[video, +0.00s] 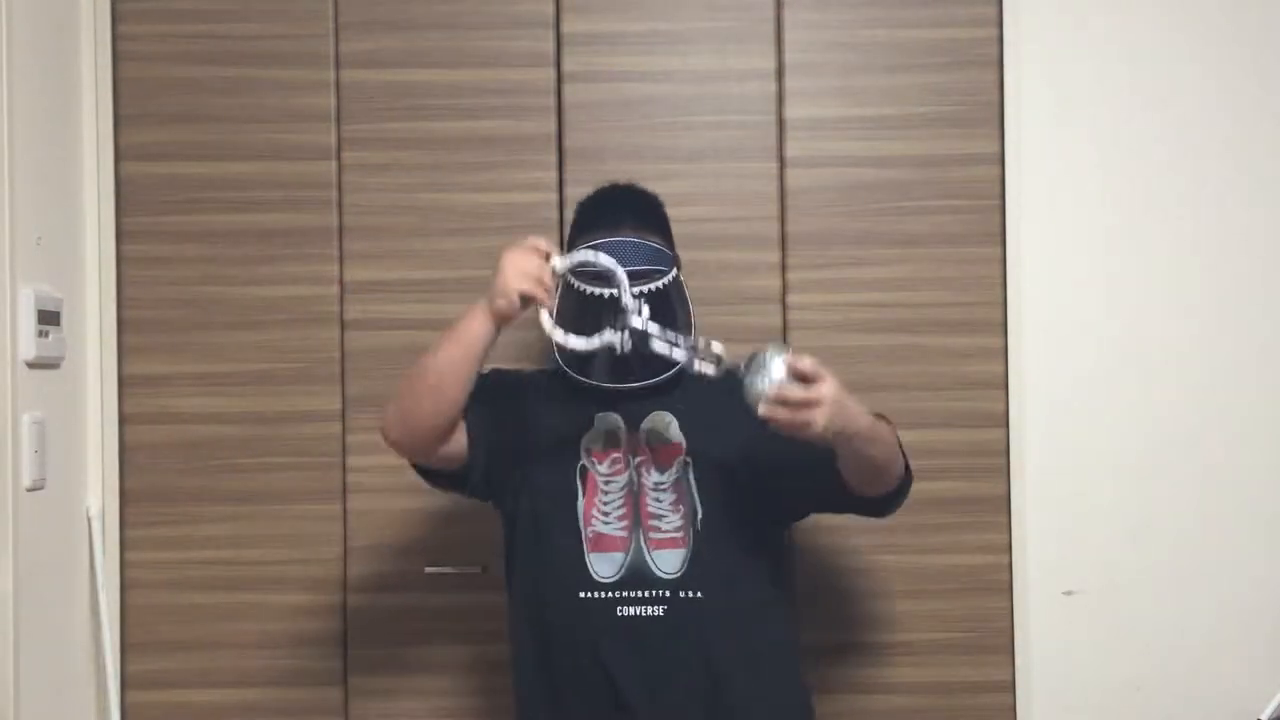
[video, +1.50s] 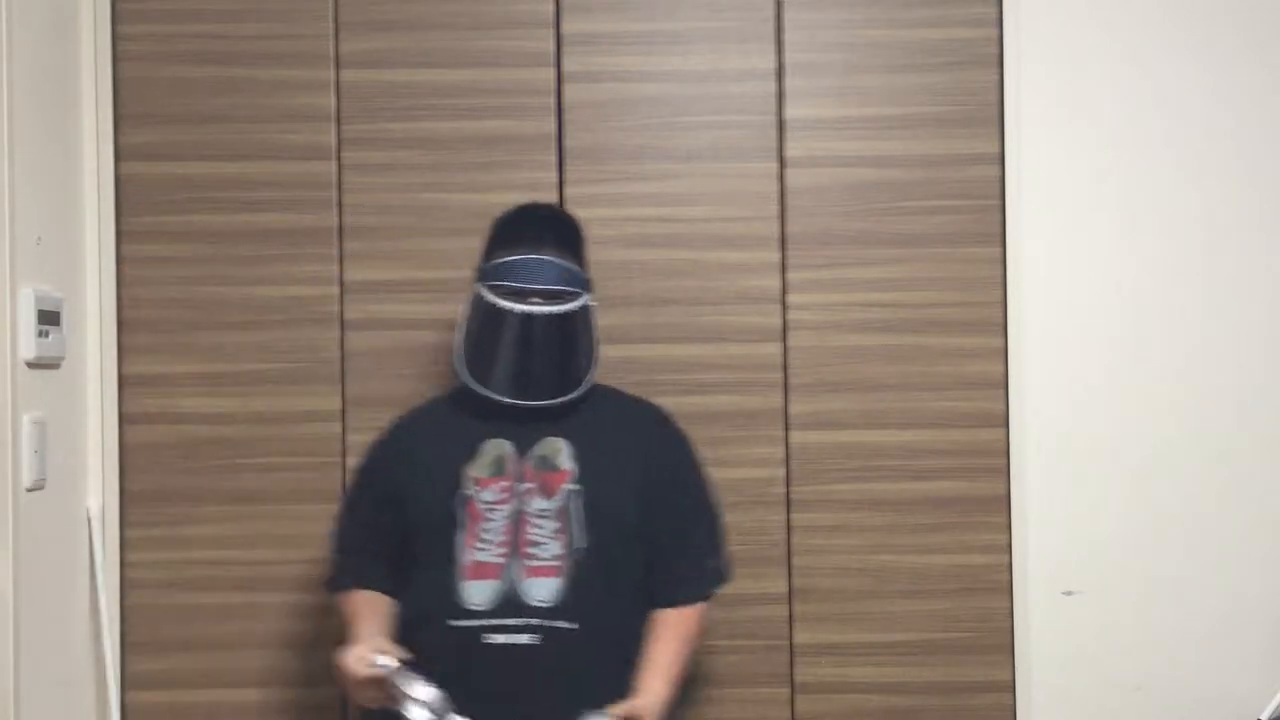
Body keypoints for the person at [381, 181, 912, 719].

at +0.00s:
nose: (625, 288)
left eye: (645, 266)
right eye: (601, 268)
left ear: (674, 276)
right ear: (565, 281)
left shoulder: (743, 405)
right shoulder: (522, 413)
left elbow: (885, 487)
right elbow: (409, 431)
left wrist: (850, 422)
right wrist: (490, 315)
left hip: (738, 697)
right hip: (575, 699)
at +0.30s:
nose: (585, 317)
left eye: (604, 297)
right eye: (566, 297)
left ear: (639, 296)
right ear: (535, 296)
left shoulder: (710, 420)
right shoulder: (484, 425)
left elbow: (790, 544)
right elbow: (391, 548)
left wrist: (759, 635)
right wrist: (448, 552)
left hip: (677, 703)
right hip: (529, 703)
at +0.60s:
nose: (462, 330)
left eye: (482, 311)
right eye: (444, 310)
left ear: (517, 310)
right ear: (412, 306)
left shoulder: (575, 434)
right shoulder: (343, 431)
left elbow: (629, 566)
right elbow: (275, 525)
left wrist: (558, 644)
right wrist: (247, 541)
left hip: (520, 704)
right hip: (373, 704)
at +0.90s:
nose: (394, 305)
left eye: (417, 284)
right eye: (373, 281)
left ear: (451, 290)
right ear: (344, 281)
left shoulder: (504, 410)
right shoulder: (274, 402)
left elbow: (559, 521)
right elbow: (130, 402)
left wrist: (441, 434)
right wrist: (136, 275)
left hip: (458, 702)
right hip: (298, 702)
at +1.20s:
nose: (415, 308)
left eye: (439, 289)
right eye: (398, 287)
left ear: (473, 296)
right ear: (367, 287)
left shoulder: (526, 421)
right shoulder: (292, 410)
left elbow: (600, 546)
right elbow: (160, 473)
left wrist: (479, 530)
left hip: (468, 702)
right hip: (301, 702)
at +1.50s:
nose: (532, 335)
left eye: (552, 315)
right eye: (512, 314)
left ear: (583, 316)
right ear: (479, 311)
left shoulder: (646, 441)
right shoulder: (416, 442)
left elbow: (684, 583)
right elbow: (369, 559)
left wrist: (648, 699)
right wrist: (369, 641)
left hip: (593, 704)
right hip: (444, 705)